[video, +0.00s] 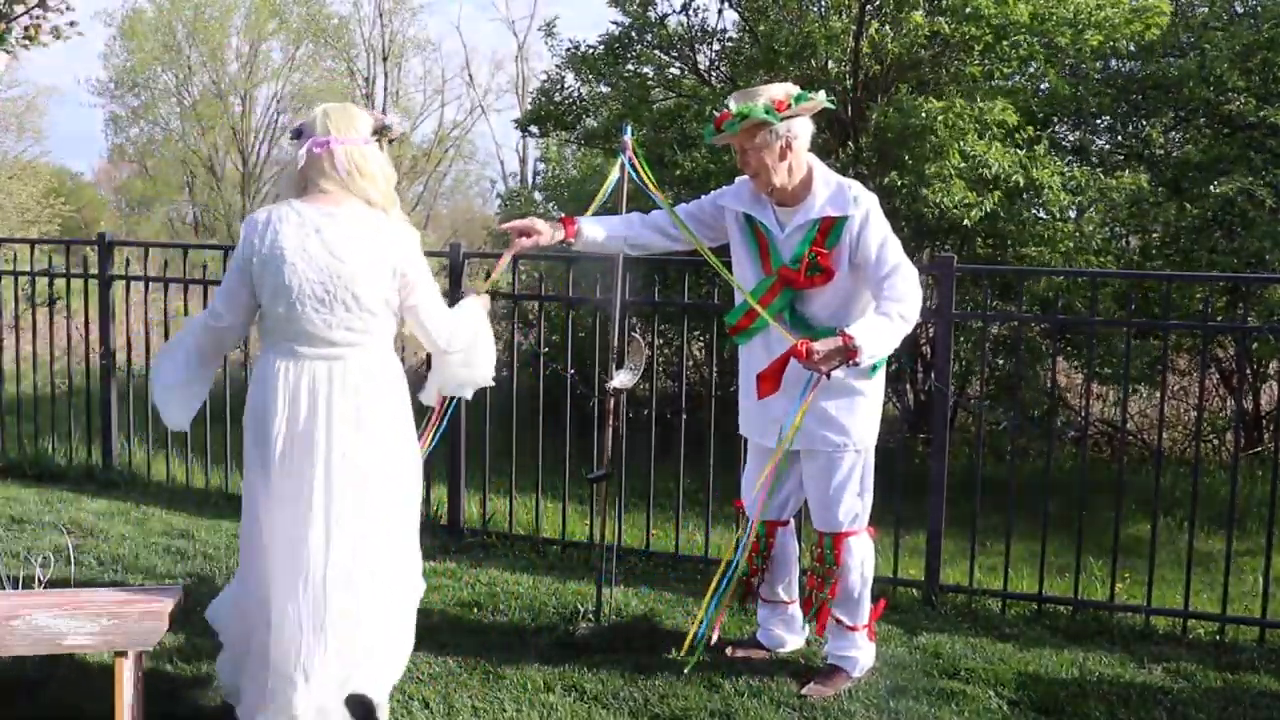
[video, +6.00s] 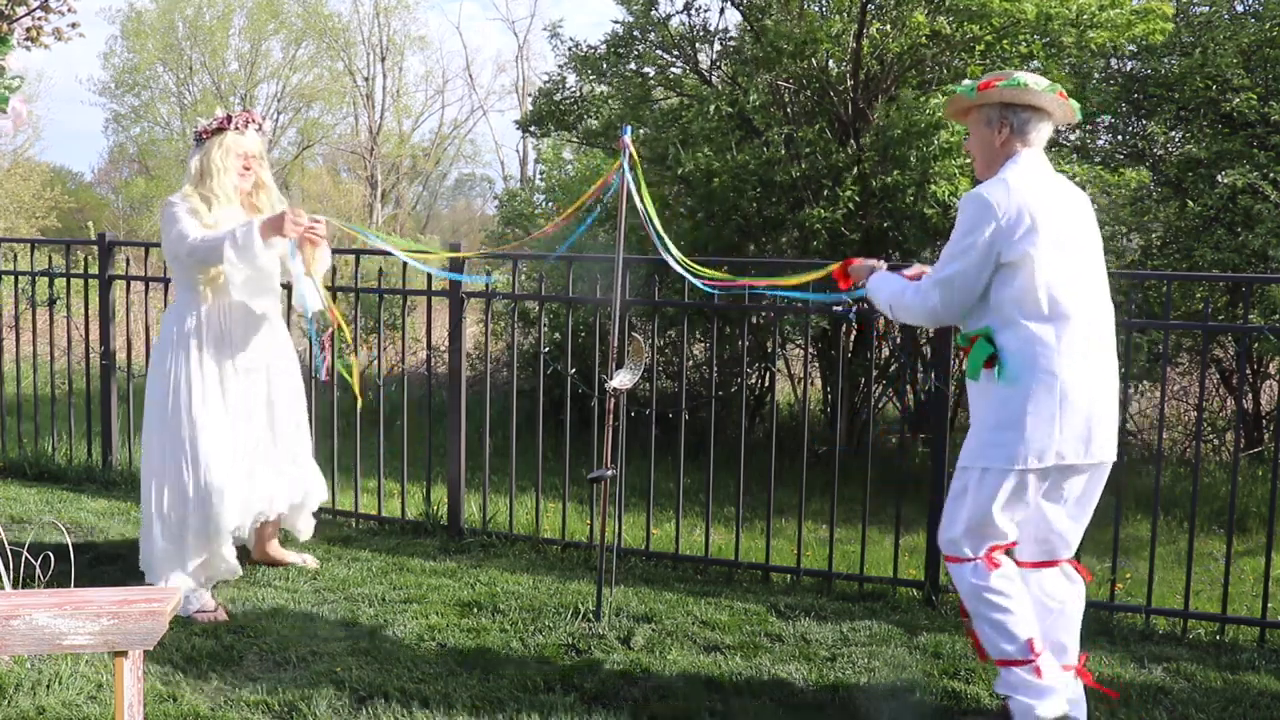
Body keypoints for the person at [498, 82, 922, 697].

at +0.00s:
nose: (740, 162)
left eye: (748, 149)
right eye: (737, 150)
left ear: (789, 145)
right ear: (746, 150)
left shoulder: (853, 206)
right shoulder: (734, 204)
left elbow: (901, 294)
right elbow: (649, 227)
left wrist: (853, 343)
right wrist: (562, 230)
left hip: (842, 386)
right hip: (767, 381)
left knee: (842, 521)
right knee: (766, 510)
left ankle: (849, 656)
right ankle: (778, 635)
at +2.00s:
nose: (908, 153)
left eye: (914, 137)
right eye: (905, 140)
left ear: (958, 129)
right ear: (952, 132)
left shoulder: (1002, 199)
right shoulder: (970, 206)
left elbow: (984, 309)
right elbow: (964, 315)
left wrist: (875, 302)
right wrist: (881, 324)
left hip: (1021, 413)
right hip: (985, 414)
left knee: (984, 553)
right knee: (971, 553)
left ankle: (1066, 701)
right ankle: (990, 700)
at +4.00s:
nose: (1027, 121)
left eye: (1038, 107)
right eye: (1026, 108)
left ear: (1086, 109)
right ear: (1071, 112)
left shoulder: (1114, 190)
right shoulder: (1071, 192)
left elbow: (1068, 297)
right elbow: (1046, 294)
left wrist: (956, 280)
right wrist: (955, 280)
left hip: (1106, 422)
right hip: (1072, 419)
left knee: (1074, 574)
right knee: (1057, 569)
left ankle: (1096, 709)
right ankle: (1082, 703)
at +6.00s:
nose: (965, 146)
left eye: (972, 131)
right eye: (965, 132)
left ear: (1006, 132)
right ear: (1023, 134)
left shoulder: (995, 198)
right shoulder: (1074, 200)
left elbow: (940, 302)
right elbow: (1026, 293)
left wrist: (872, 280)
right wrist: (939, 278)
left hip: (1025, 416)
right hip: (1096, 419)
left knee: (969, 545)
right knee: (1049, 555)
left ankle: (1037, 699)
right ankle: (1064, 700)